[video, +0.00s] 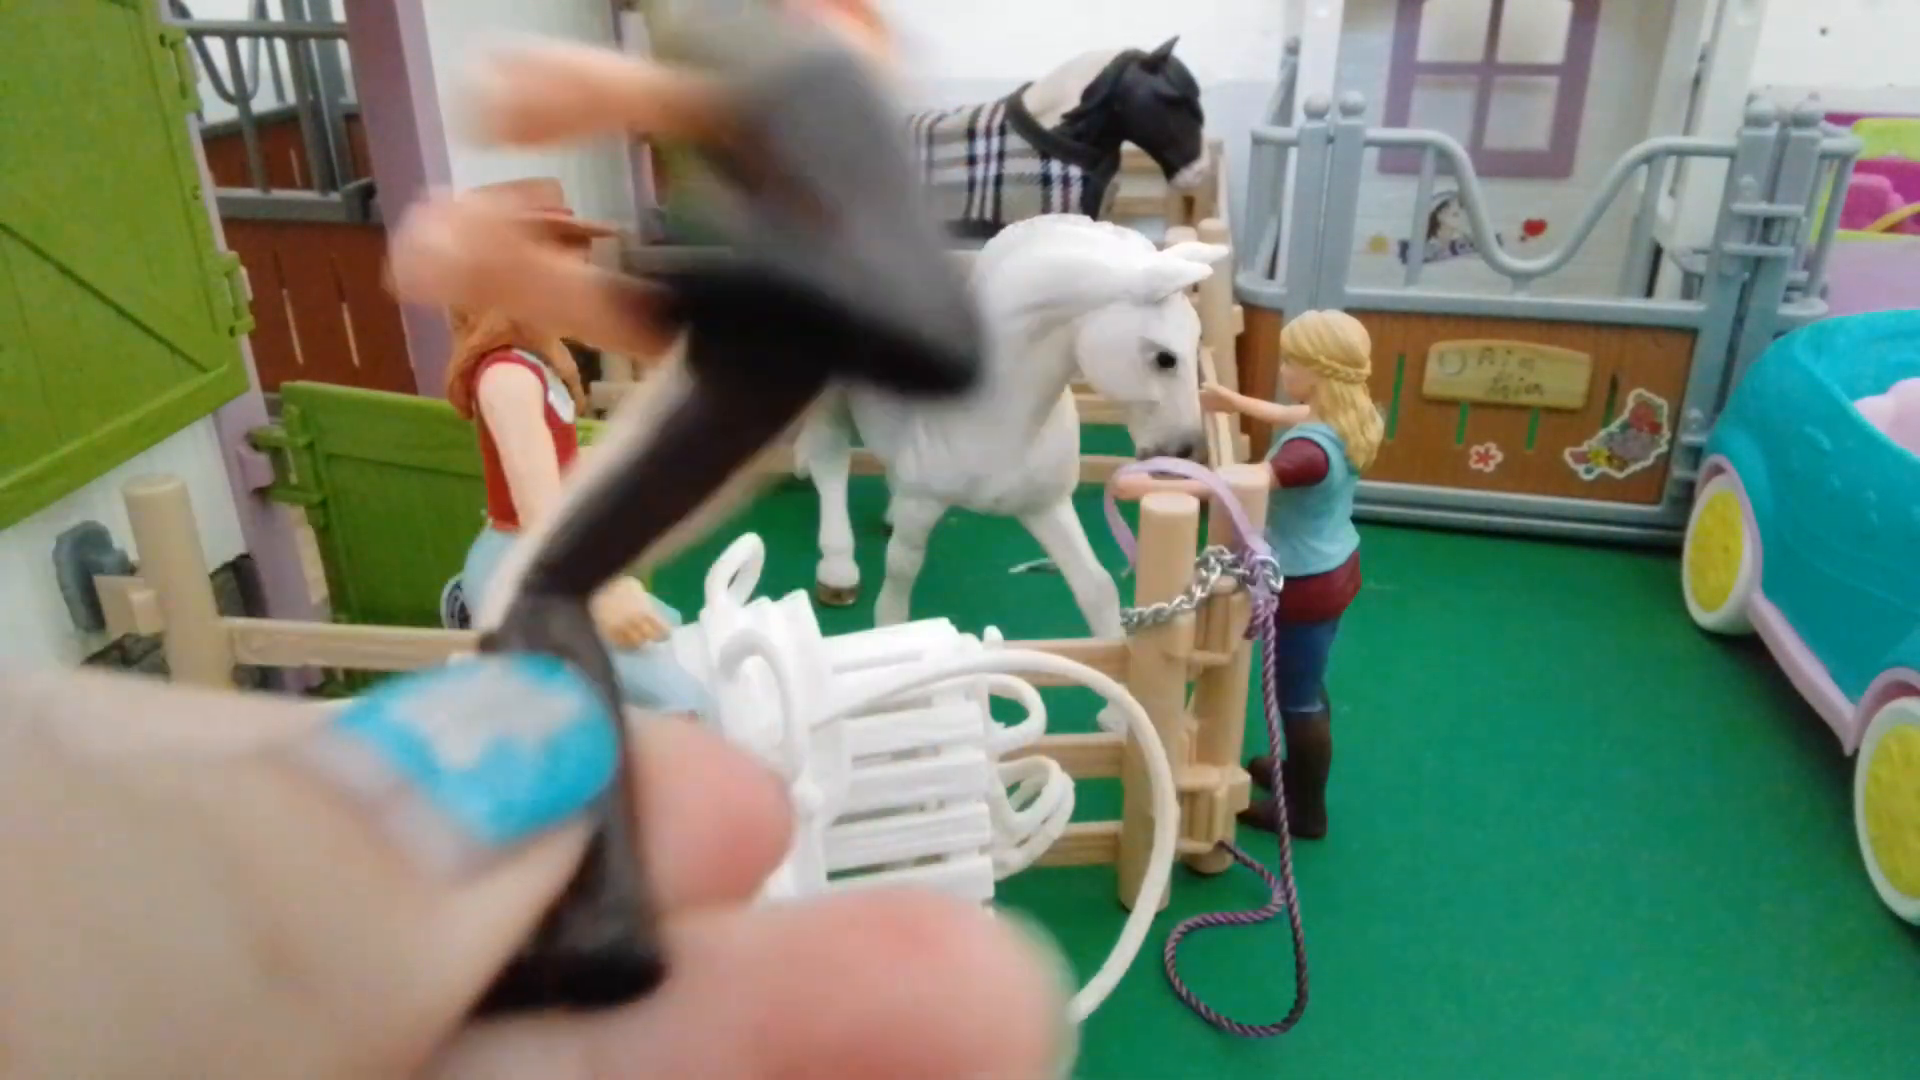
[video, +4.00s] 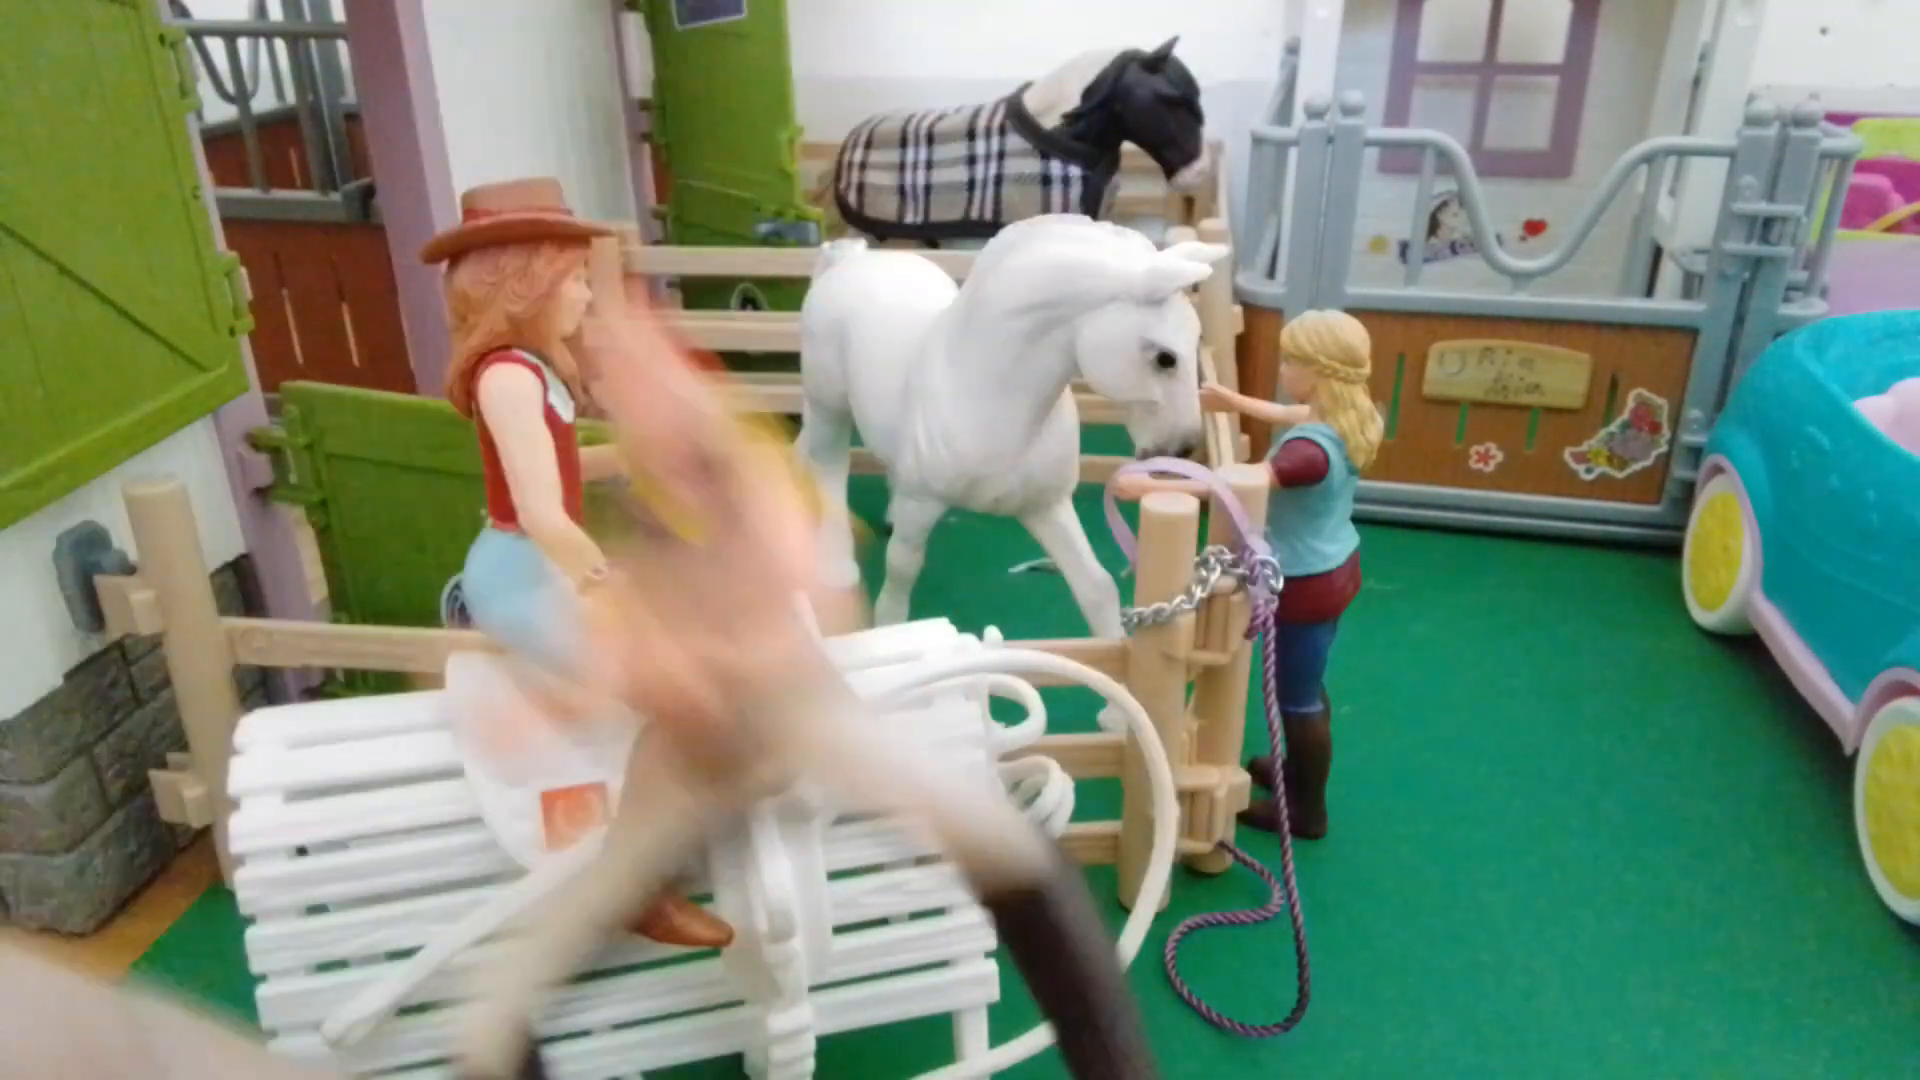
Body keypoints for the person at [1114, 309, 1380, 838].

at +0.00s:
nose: (1282, 370)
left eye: (1290, 361)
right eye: (1285, 359)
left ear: (1319, 372)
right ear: (1336, 372)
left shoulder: (1314, 447)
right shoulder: (1347, 417)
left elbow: (1242, 480)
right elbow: (1286, 415)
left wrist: (1157, 484)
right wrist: (1235, 401)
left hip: (1304, 588)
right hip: (1331, 567)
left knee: (1300, 701)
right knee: (1301, 682)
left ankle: (1303, 813)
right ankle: (1298, 773)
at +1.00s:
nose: (1282, 371)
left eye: (1290, 362)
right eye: (1285, 361)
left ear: (1317, 373)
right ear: (1333, 374)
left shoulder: (1316, 446)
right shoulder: (1347, 417)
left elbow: (1259, 476)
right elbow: (1292, 415)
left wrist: (1188, 479)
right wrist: (1238, 402)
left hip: (1305, 585)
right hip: (1332, 565)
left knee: (1298, 699)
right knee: (1302, 682)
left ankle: (1307, 812)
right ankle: (1295, 775)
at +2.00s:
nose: (1282, 370)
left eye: (1290, 361)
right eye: (1284, 360)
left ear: (1318, 372)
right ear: (1335, 372)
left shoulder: (1314, 447)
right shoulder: (1347, 417)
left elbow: (1243, 478)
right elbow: (1291, 415)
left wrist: (1158, 484)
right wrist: (1238, 401)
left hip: (1304, 588)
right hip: (1332, 567)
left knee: (1299, 701)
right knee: (1302, 682)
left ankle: (1304, 813)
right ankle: (1299, 774)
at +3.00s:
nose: (1282, 371)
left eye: (1290, 362)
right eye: (1284, 360)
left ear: (1319, 372)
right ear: (1334, 373)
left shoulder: (1316, 446)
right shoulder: (1348, 417)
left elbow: (1257, 477)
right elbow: (1288, 414)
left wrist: (1189, 481)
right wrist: (1237, 401)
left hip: (1305, 588)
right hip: (1334, 564)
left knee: (1298, 699)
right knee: (1305, 685)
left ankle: (1305, 813)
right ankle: (1303, 795)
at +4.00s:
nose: (1280, 369)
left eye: (1288, 362)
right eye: (1284, 360)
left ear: (1314, 374)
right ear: (1331, 372)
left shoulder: (1313, 447)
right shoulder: (1348, 417)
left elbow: (1251, 478)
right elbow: (1288, 416)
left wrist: (1163, 483)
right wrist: (1234, 401)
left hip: (1306, 587)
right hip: (1332, 568)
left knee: (1297, 700)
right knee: (1303, 682)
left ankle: (1305, 812)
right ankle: (1296, 773)